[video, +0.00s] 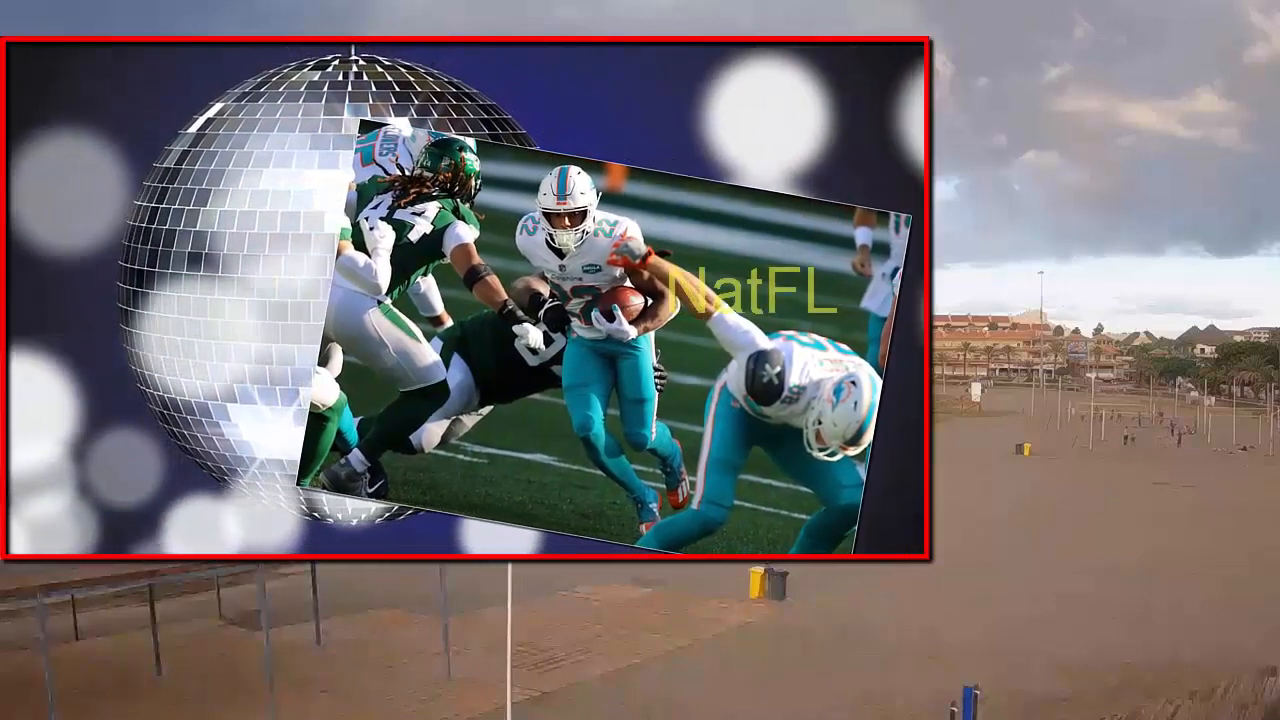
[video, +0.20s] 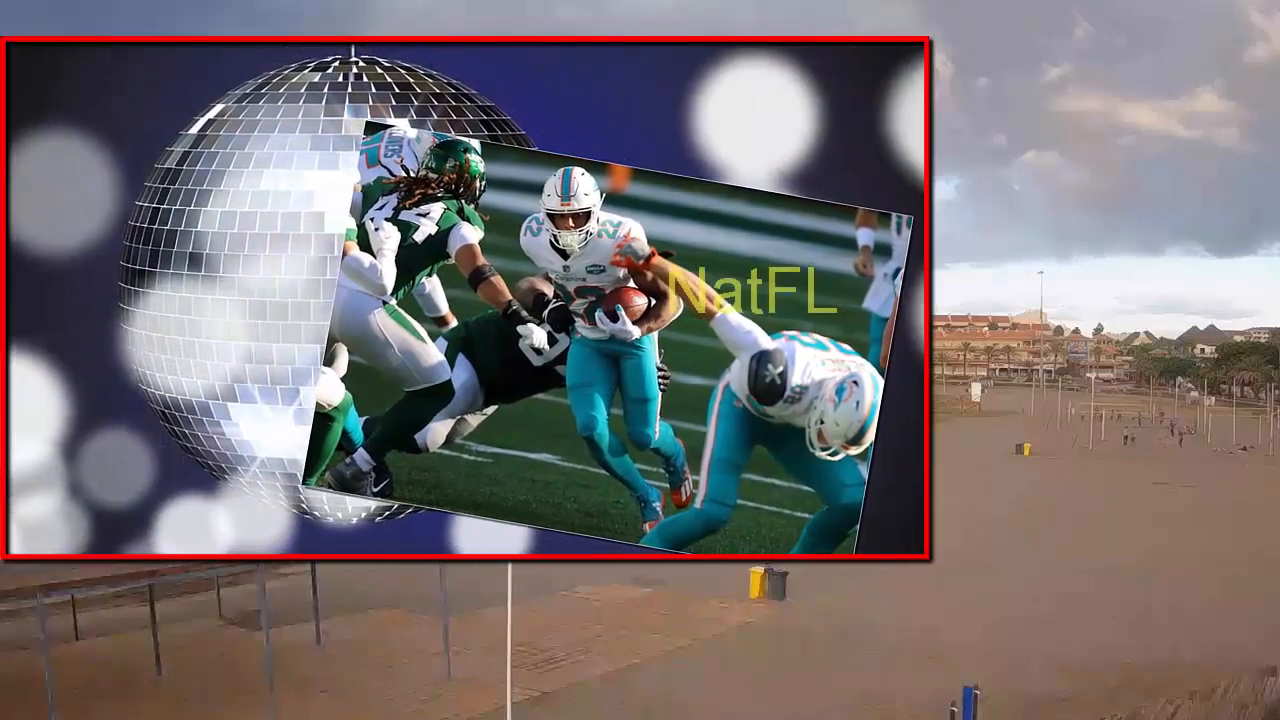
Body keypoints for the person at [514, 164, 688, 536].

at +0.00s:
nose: (564, 224)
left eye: (572, 215)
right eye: (555, 216)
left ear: (590, 209)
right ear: (543, 211)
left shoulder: (621, 237)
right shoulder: (529, 234)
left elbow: (668, 299)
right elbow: (555, 276)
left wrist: (636, 330)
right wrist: (559, 306)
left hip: (632, 341)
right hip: (583, 340)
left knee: (639, 436)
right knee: (587, 430)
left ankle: (673, 462)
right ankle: (645, 499)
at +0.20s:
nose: (568, 224)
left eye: (577, 216)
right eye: (559, 217)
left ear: (593, 210)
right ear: (547, 212)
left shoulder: (624, 237)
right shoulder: (533, 236)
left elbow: (671, 300)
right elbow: (561, 278)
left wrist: (639, 330)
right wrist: (567, 306)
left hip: (636, 342)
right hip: (587, 341)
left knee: (643, 435)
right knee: (591, 429)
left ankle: (676, 463)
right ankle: (648, 499)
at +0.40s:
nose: (572, 225)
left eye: (580, 217)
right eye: (563, 218)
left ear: (597, 211)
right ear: (551, 214)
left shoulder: (628, 238)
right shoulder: (537, 237)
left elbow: (676, 301)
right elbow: (562, 279)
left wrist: (643, 331)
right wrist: (567, 307)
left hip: (639, 342)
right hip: (590, 341)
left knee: (646, 435)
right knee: (595, 429)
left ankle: (679, 462)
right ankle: (651, 497)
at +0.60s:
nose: (575, 226)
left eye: (584, 218)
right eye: (567, 219)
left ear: (601, 212)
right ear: (555, 214)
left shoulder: (632, 238)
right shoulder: (541, 238)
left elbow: (680, 301)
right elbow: (566, 279)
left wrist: (646, 331)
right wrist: (569, 308)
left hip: (642, 342)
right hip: (594, 341)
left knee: (650, 435)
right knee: (598, 428)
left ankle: (683, 462)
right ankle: (654, 496)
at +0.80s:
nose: (579, 228)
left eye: (588, 219)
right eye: (571, 220)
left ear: (604, 213)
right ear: (559, 215)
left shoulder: (636, 239)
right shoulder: (545, 239)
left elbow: (684, 301)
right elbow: (571, 279)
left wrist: (650, 331)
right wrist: (584, 306)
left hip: (646, 342)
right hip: (598, 341)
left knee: (653, 434)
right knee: (602, 427)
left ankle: (686, 461)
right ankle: (658, 495)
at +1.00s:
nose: (583, 228)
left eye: (592, 220)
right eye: (575, 221)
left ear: (608, 214)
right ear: (563, 216)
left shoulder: (639, 240)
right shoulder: (550, 239)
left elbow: (687, 301)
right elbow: (575, 279)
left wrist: (653, 331)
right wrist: (582, 308)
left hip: (649, 342)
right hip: (602, 341)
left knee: (656, 434)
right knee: (606, 427)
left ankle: (689, 460)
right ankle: (661, 494)